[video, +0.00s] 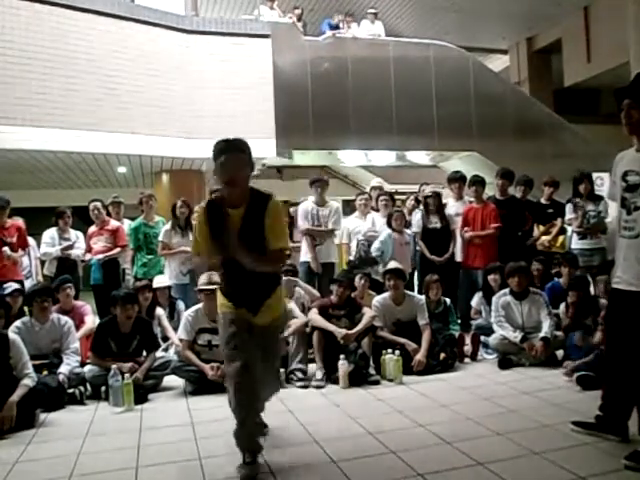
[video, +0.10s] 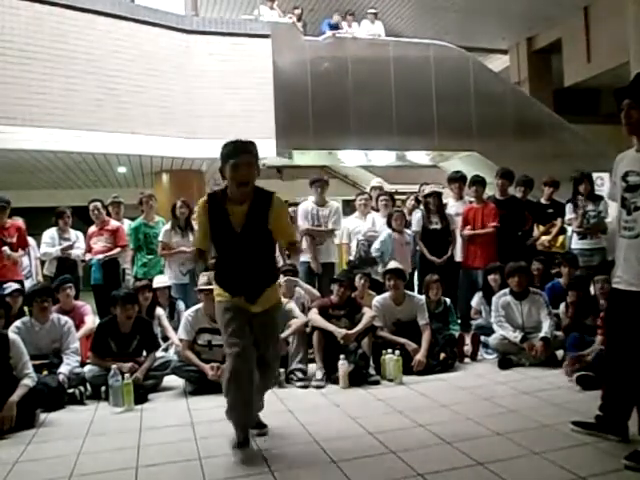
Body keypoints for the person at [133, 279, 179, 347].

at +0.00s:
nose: (146, 296)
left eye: (149, 292)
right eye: (142, 293)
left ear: (152, 294)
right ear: (137, 295)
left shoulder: (158, 311)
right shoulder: (134, 312)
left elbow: (168, 329)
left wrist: (177, 343)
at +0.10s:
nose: (146, 295)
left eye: (149, 292)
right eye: (142, 292)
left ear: (152, 294)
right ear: (137, 295)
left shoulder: (158, 311)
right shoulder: (134, 312)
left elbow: (168, 329)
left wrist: (177, 343)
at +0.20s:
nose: (146, 295)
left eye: (149, 292)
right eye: (142, 292)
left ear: (152, 294)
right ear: (137, 295)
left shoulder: (158, 311)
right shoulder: (134, 312)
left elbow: (168, 329)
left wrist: (176, 342)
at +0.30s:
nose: (146, 295)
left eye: (149, 292)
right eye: (142, 292)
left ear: (152, 294)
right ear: (137, 295)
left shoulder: (158, 311)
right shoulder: (134, 312)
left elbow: (168, 329)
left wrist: (176, 342)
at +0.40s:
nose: (146, 295)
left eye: (149, 292)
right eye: (142, 292)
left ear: (152, 294)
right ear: (137, 295)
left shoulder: (158, 311)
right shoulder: (134, 312)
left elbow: (168, 329)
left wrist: (176, 341)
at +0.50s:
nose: (146, 295)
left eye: (149, 292)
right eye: (142, 292)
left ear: (152, 294)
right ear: (137, 295)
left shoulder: (158, 311)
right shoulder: (133, 312)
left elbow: (168, 329)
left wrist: (176, 342)